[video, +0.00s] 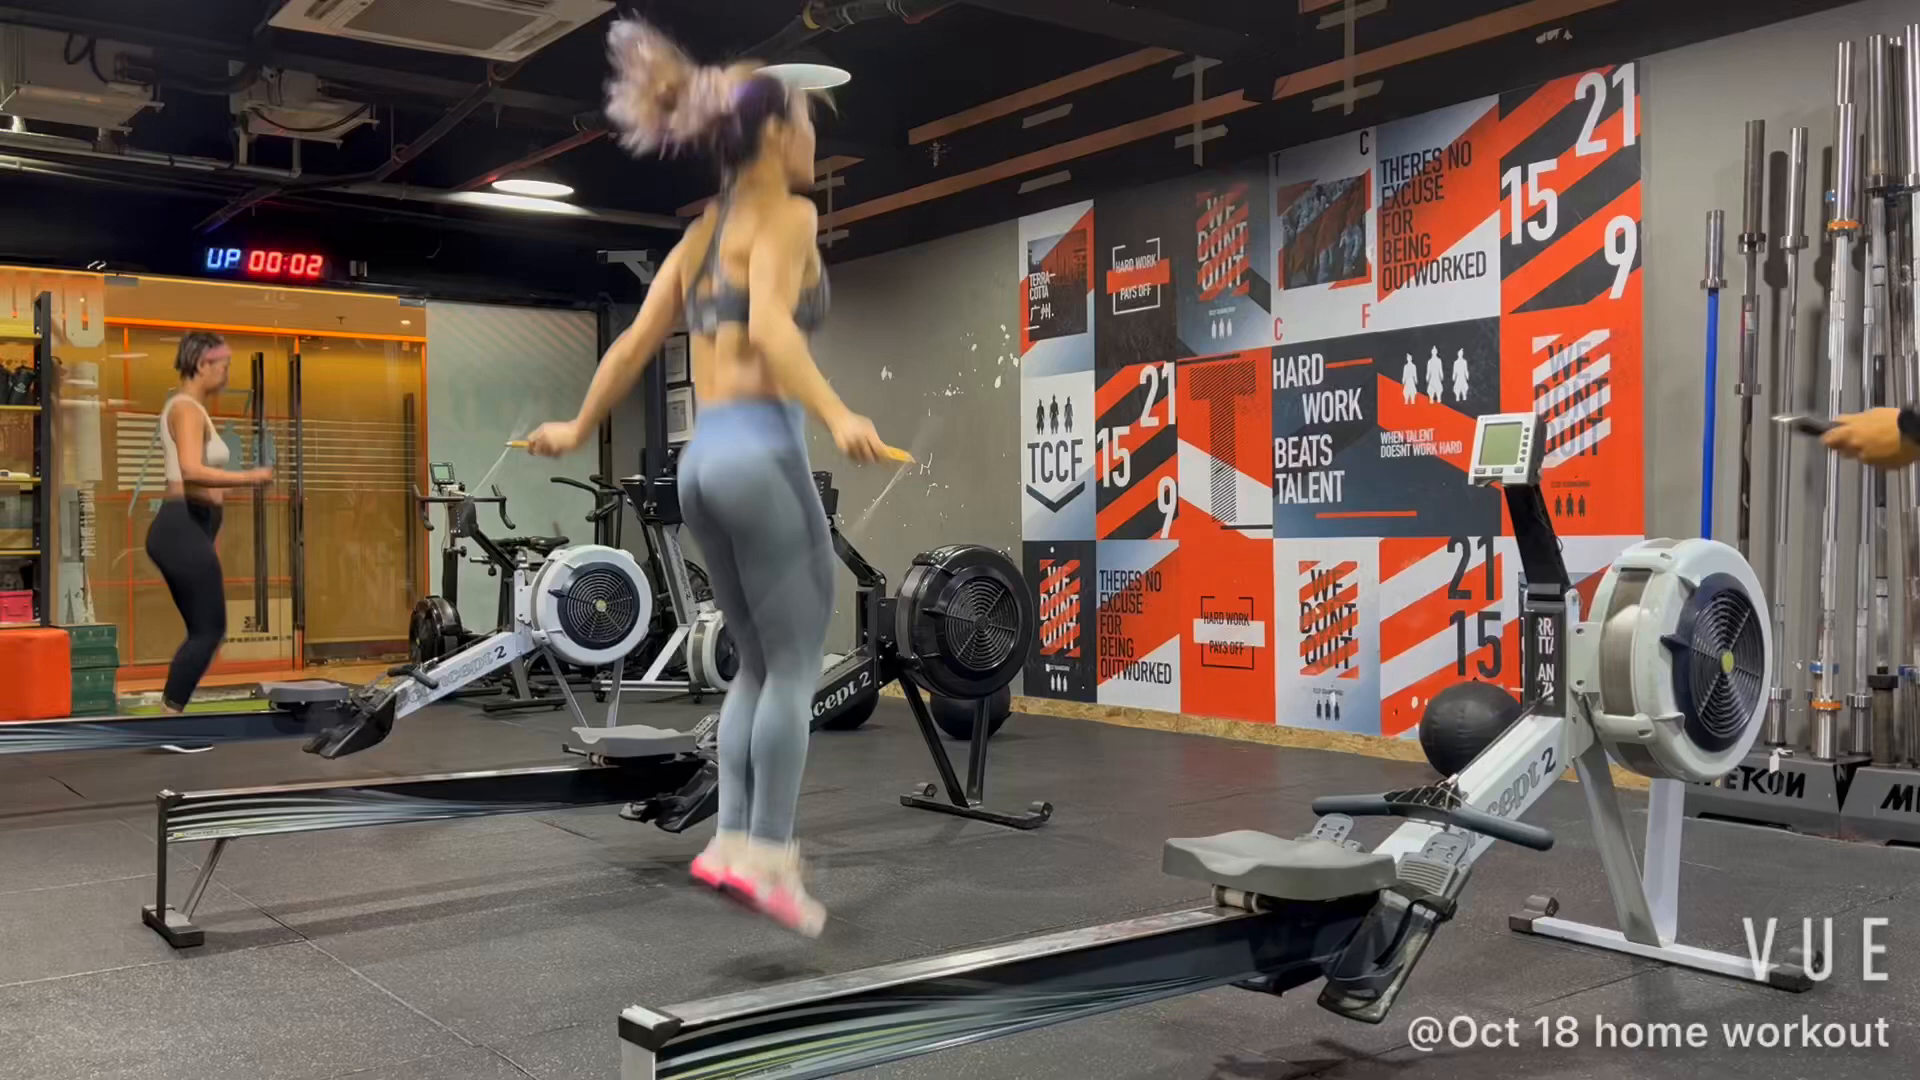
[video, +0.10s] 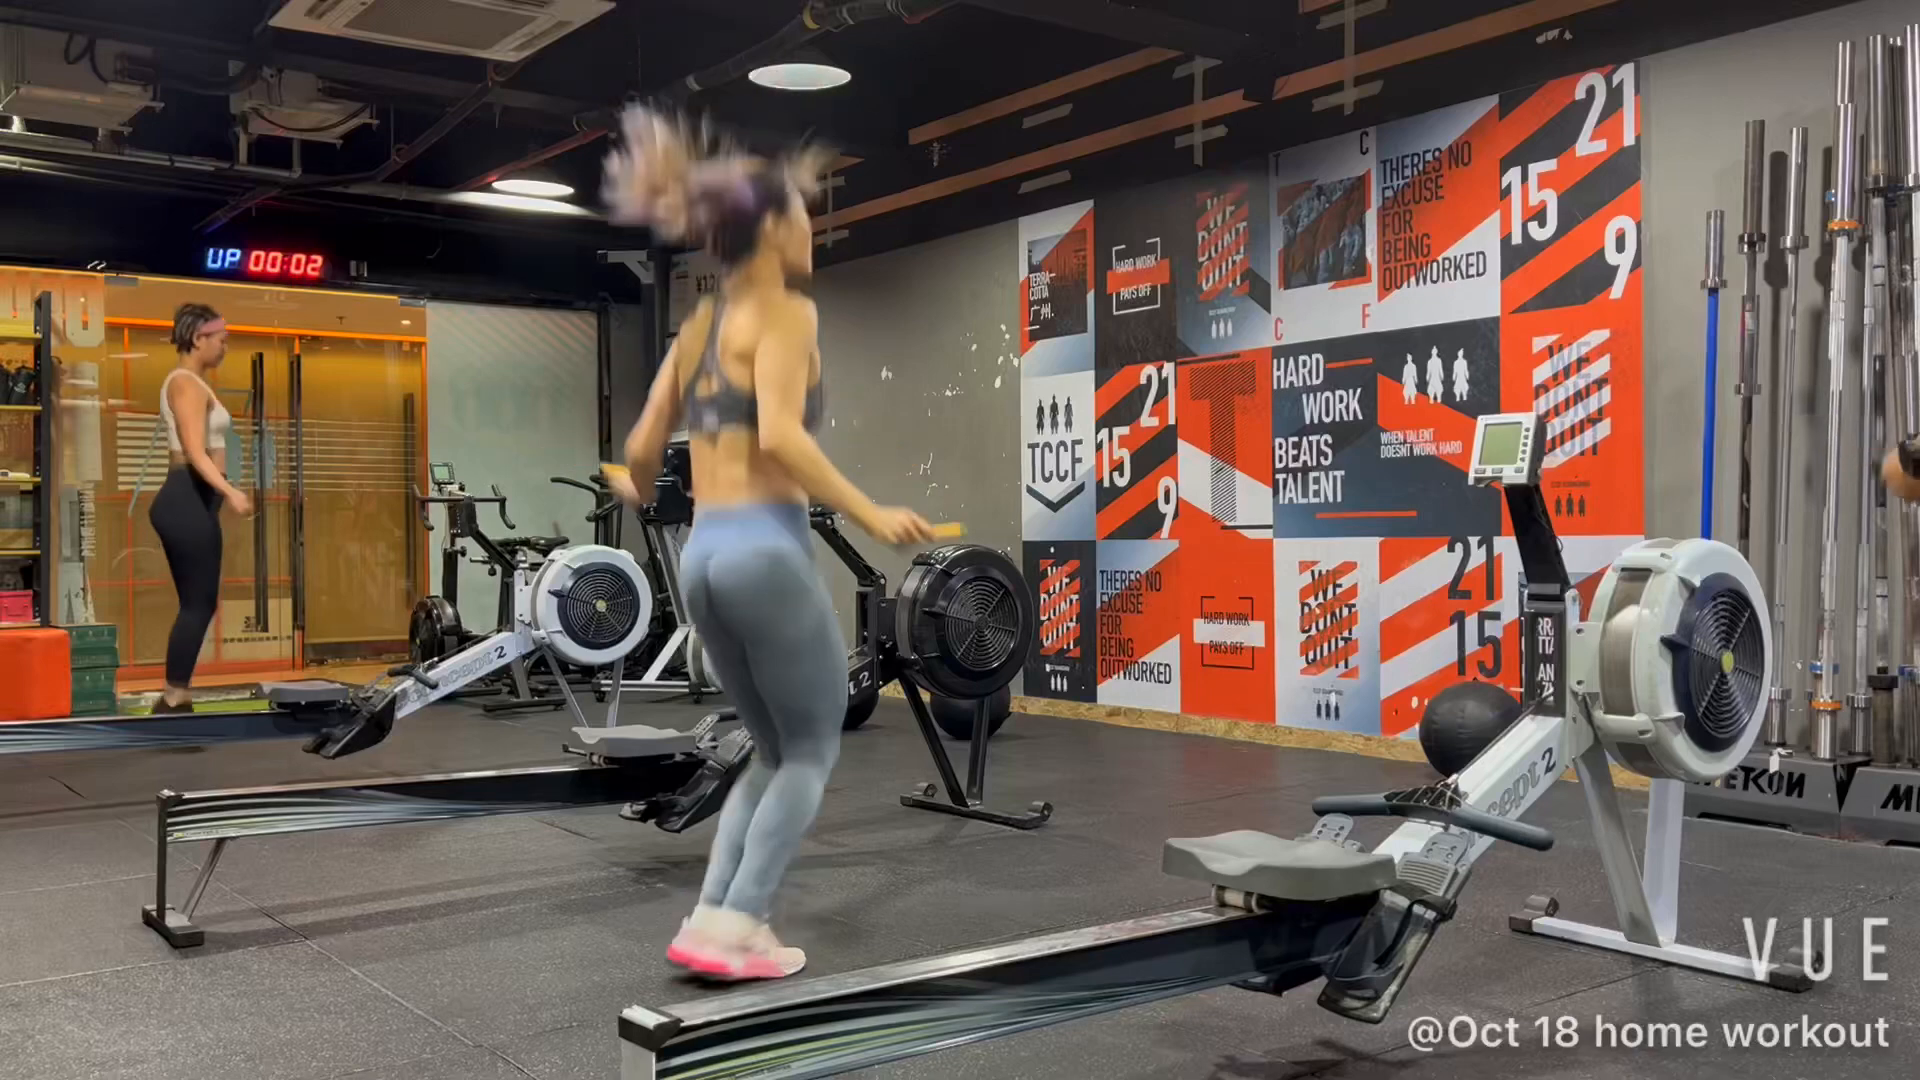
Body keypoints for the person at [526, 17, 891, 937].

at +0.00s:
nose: (813, 131)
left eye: (807, 117)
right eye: (802, 118)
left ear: (746, 139)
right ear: (774, 130)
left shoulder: (703, 232)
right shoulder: (787, 214)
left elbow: (638, 340)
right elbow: (771, 329)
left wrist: (578, 426)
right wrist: (839, 413)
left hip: (701, 456)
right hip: (757, 451)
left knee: (755, 661)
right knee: (792, 660)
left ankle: (734, 840)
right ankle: (771, 849)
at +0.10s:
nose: (811, 225)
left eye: (805, 210)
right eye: (800, 212)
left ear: (739, 235)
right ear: (770, 227)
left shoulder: (701, 321)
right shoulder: (788, 313)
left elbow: (642, 447)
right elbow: (779, 437)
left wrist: (634, 484)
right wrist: (874, 515)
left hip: (702, 547)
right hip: (762, 545)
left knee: (772, 749)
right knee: (812, 747)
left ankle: (711, 918)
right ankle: (739, 923)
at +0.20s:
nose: (804, 222)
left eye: (799, 206)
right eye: (796, 208)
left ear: (720, 226)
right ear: (767, 218)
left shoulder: (695, 315)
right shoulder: (786, 301)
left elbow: (659, 443)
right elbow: (793, 426)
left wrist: (670, 504)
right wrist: (886, 504)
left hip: (701, 546)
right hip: (763, 544)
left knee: (764, 744)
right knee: (807, 741)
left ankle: (711, 913)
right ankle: (741, 917)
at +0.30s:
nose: (798, 125)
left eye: (791, 110)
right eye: (789, 113)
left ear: (720, 138)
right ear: (763, 128)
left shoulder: (695, 228)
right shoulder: (782, 210)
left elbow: (660, 354)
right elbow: (794, 334)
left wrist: (623, 440)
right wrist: (880, 411)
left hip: (702, 447)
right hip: (764, 442)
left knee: (737, 658)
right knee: (785, 663)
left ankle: (730, 838)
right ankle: (759, 844)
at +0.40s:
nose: (813, 89)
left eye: (806, 75)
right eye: (804, 76)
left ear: (743, 94)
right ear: (777, 84)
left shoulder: (700, 182)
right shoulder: (792, 165)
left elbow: (660, 311)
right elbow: (793, 285)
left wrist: (657, 391)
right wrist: (878, 376)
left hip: (685, 407)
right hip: (748, 401)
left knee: (752, 604)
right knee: (798, 600)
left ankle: (728, 777)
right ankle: (754, 784)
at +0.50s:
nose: (812, 92)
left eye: (808, 77)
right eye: (804, 78)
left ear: (738, 91)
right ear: (776, 83)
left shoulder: (699, 181)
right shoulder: (791, 162)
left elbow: (666, 316)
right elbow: (778, 288)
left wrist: (647, 411)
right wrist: (844, 387)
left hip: (685, 394)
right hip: (744, 390)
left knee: (743, 605)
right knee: (790, 601)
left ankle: (733, 781)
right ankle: (760, 790)